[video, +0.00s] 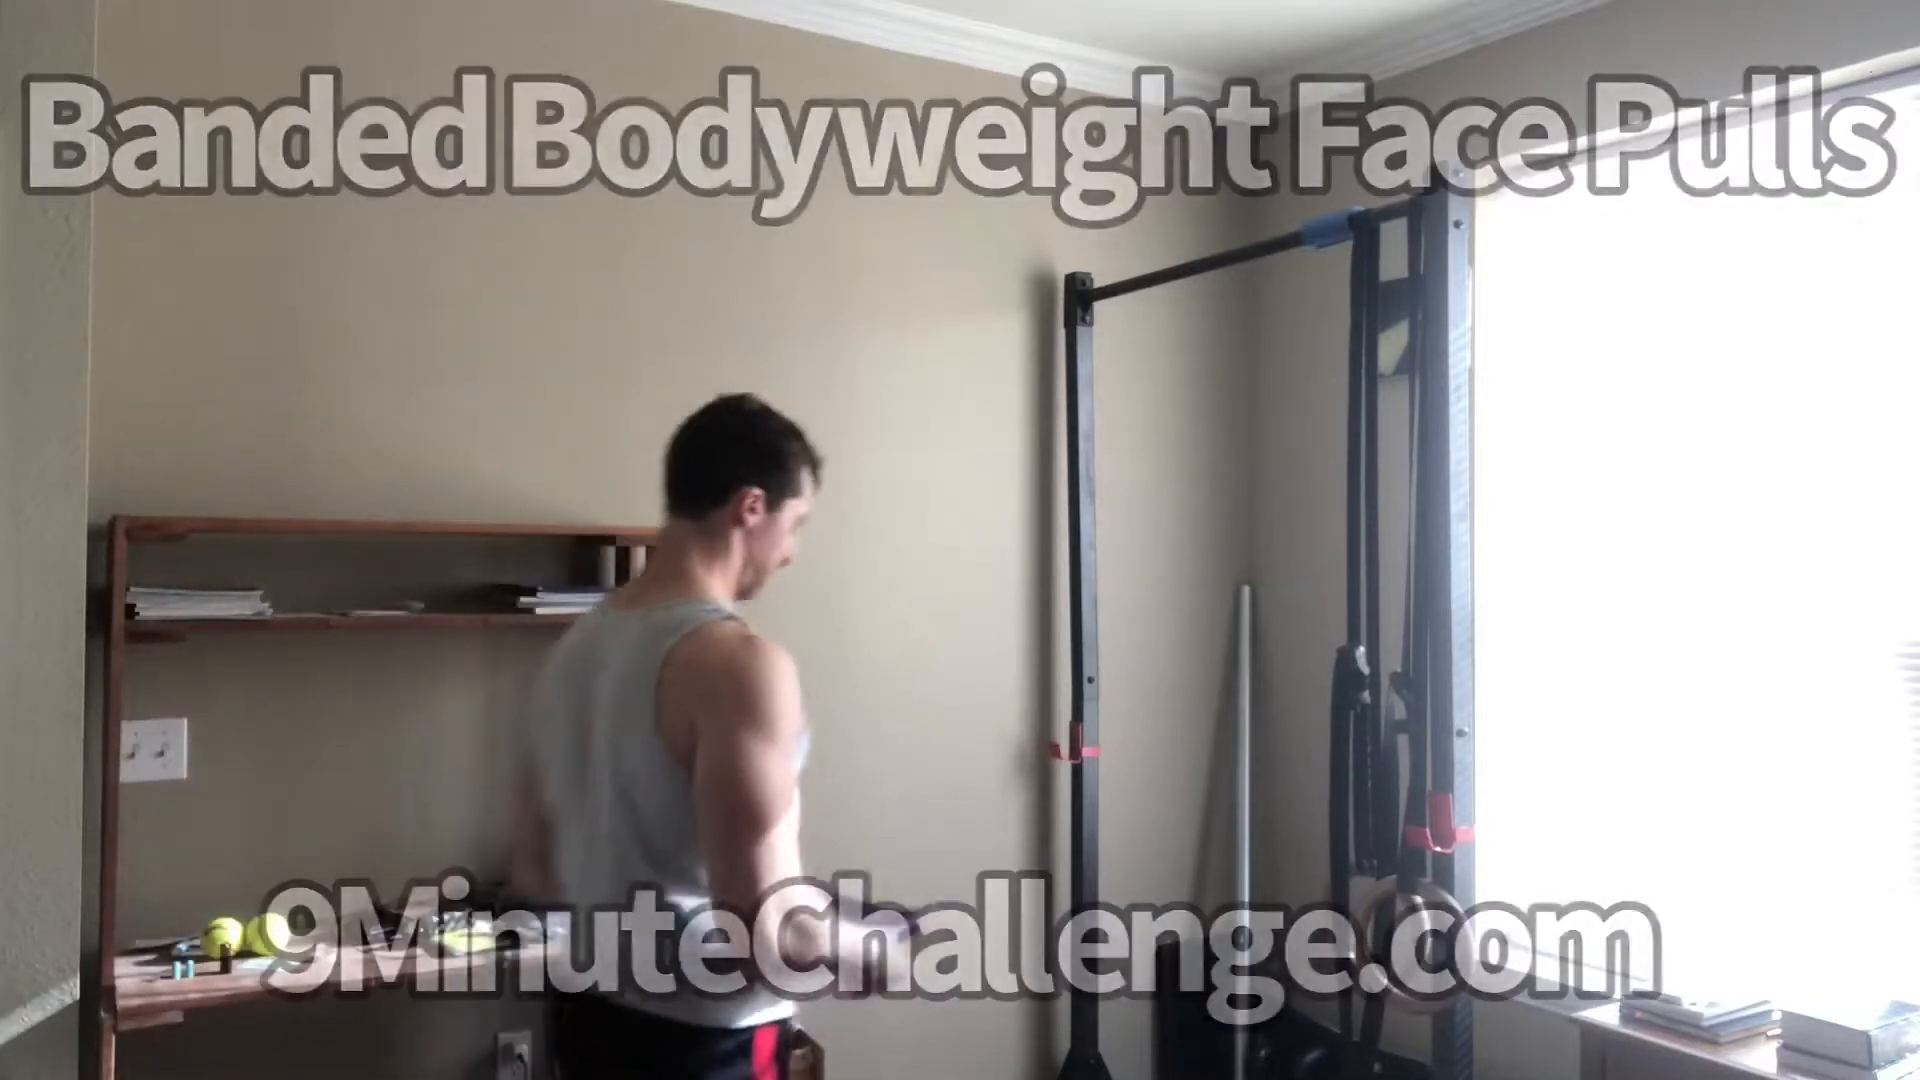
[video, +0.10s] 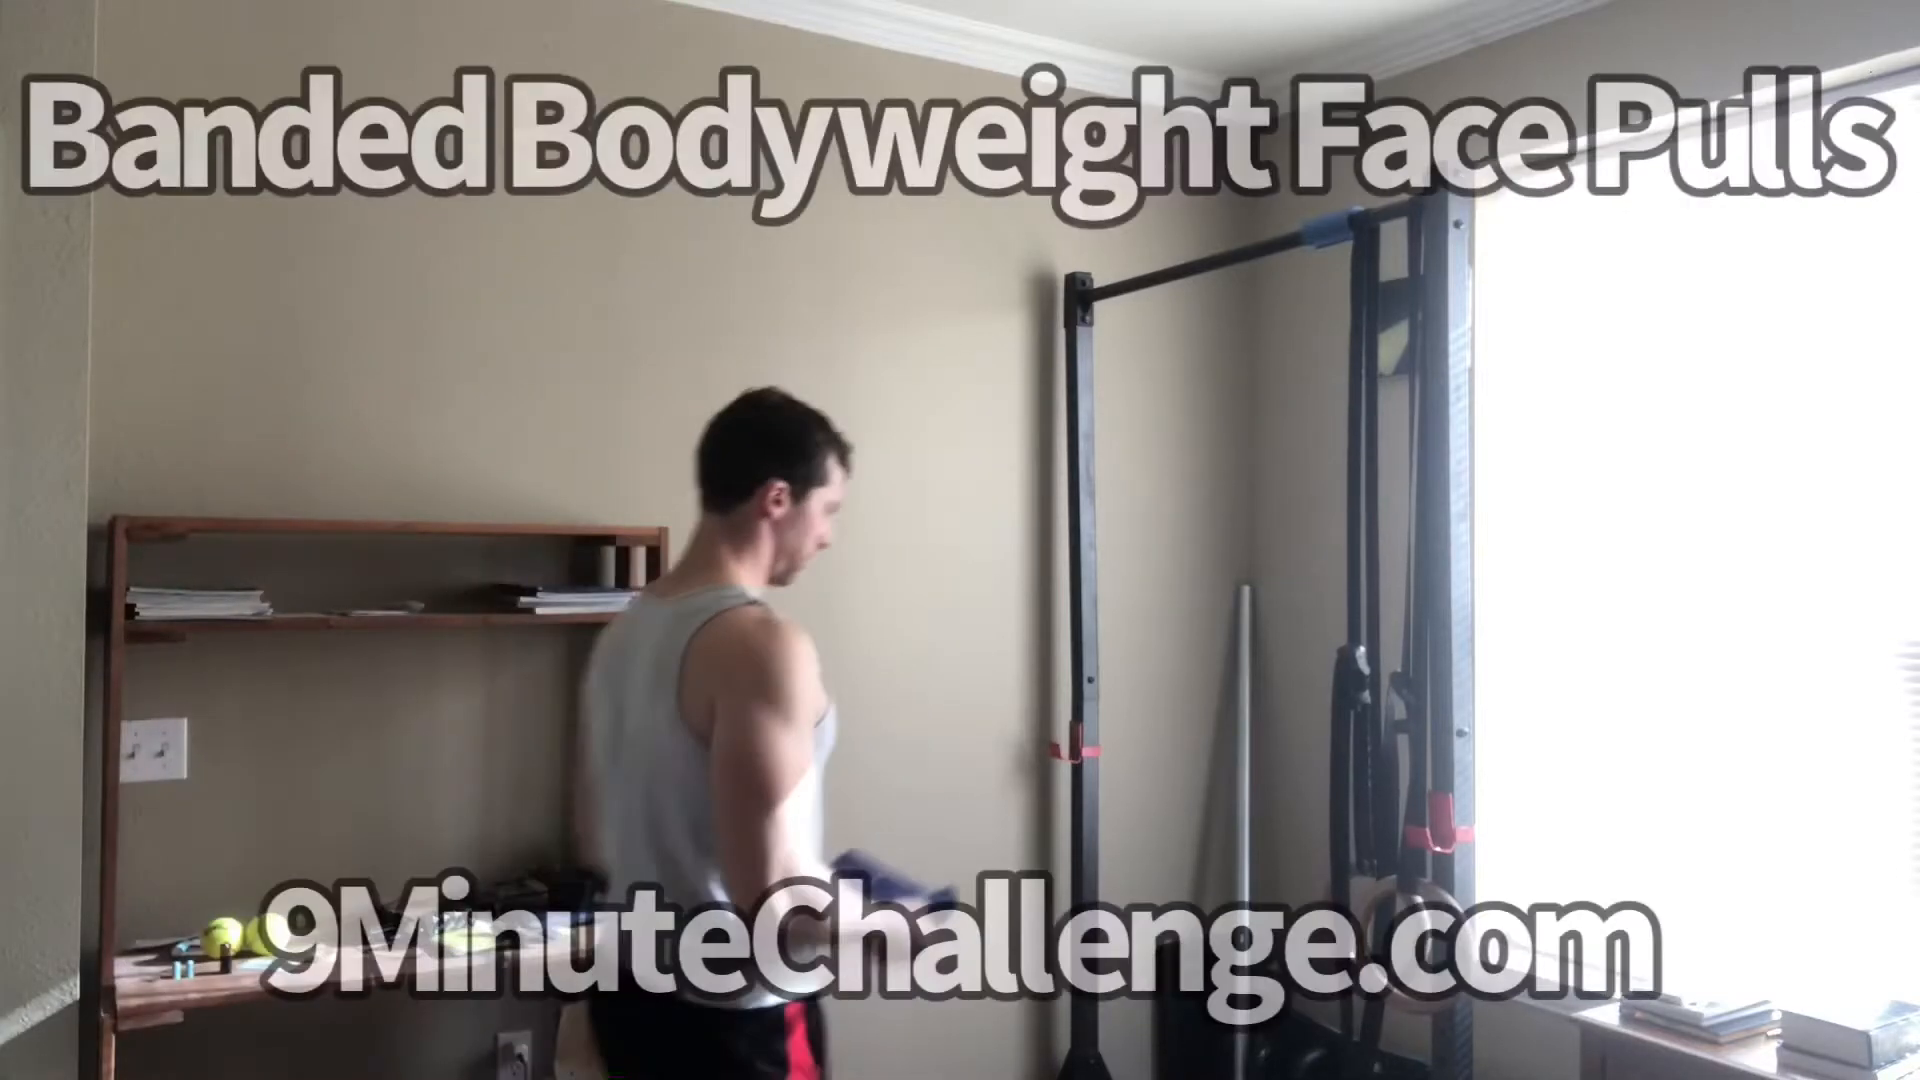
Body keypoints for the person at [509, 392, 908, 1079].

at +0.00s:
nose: (789, 554)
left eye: (798, 529)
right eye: (793, 526)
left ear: (676, 496)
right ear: (749, 510)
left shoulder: (576, 647)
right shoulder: (739, 666)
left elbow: (537, 868)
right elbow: (769, 929)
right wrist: (882, 950)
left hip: (587, 1025)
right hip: (706, 1041)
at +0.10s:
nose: (828, 537)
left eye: (835, 515)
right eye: (828, 511)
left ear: (719, 494)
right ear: (776, 501)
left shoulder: (626, 631)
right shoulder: (761, 645)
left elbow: (597, 844)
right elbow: (775, 902)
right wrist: (900, 933)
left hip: (633, 1002)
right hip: (739, 1015)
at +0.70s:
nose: (1002, 540)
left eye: (1007, 520)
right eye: (998, 517)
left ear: (938, 514)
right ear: (945, 512)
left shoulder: (862, 615)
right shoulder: (907, 651)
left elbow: (911, 798)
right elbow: (931, 862)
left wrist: (1029, 787)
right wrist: (1055, 818)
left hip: (883, 974)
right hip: (935, 987)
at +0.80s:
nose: (1031, 538)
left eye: (1035, 519)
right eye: (1026, 517)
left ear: (962, 511)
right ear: (973, 512)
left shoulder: (887, 615)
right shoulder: (939, 653)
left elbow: (921, 788)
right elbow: (968, 858)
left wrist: (1042, 768)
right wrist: (1082, 802)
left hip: (906, 963)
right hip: (963, 975)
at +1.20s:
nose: (1100, 543)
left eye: (1104, 523)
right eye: (1096, 520)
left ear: (1041, 514)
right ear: (1041, 511)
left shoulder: (1019, 626)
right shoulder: (980, 641)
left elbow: (1059, 766)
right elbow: (1044, 831)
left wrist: (1174, 759)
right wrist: (1178, 770)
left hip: (1038, 947)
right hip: (999, 958)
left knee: (1074, 1069)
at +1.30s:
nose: (1113, 546)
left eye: (1117, 527)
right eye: (1110, 524)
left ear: (1059, 517)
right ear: (1056, 514)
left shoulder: (1053, 630)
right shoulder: (981, 643)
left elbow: (1082, 770)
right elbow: (1050, 829)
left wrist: (1194, 777)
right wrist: (1187, 786)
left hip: (1073, 933)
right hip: (1012, 947)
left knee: (1096, 1067)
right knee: (1045, 1072)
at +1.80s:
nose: (1228, 561)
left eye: (1233, 545)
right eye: (1224, 541)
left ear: (1175, 530)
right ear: (1170, 525)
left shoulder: (1154, 646)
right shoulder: (1078, 623)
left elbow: (1179, 792)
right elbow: (1096, 806)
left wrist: (1294, 875)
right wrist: (1226, 860)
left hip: (1103, 885)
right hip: (1031, 885)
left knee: (1123, 1067)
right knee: (1057, 1069)